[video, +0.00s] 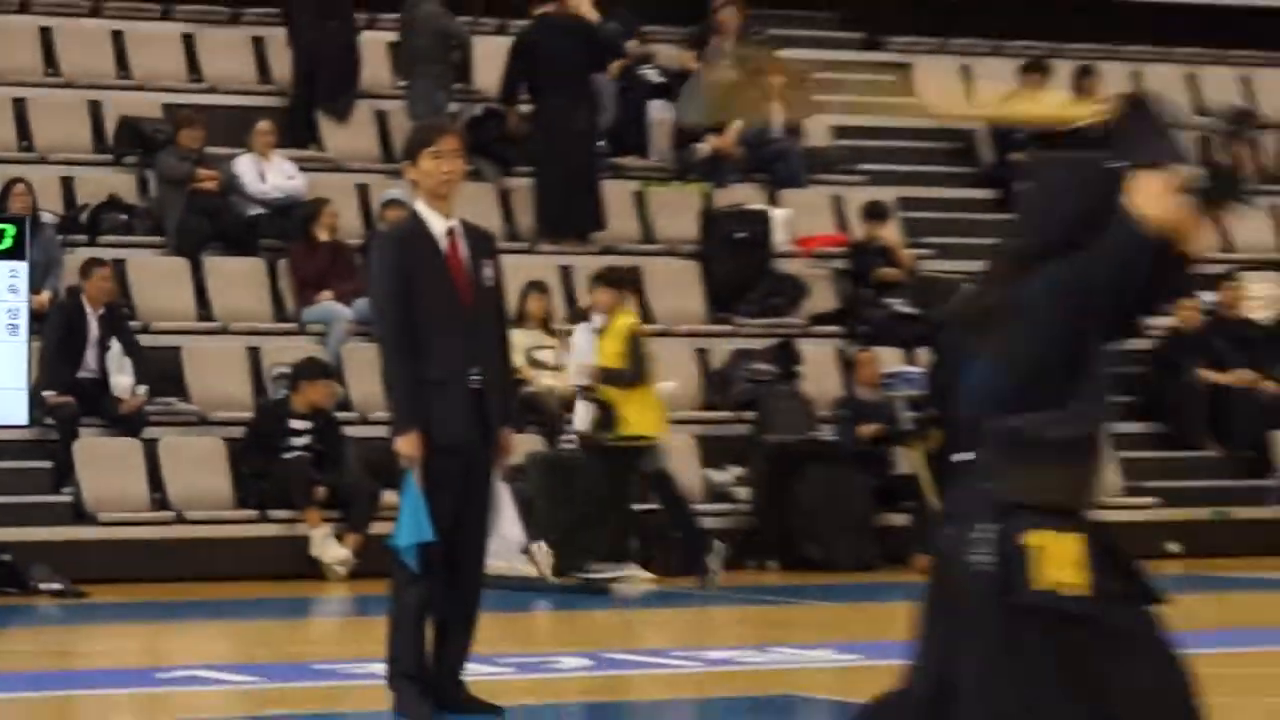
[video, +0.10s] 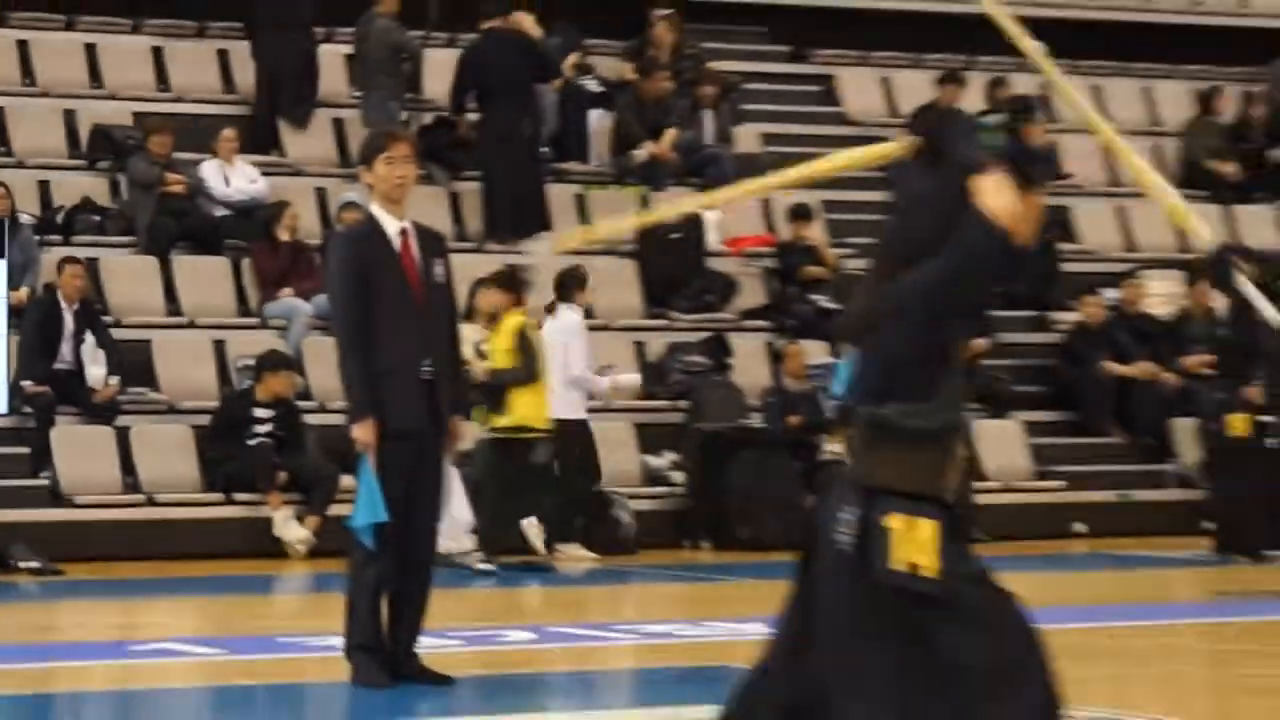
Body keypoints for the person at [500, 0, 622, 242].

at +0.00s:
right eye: (575, 4)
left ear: (536, 6)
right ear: (565, 4)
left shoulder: (529, 34)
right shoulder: (582, 28)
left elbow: (513, 78)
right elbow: (610, 54)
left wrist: (511, 110)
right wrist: (594, 17)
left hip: (547, 115)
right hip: (581, 113)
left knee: (549, 172)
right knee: (580, 171)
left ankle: (551, 229)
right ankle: (580, 230)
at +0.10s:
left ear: (481, 20)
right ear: (506, 16)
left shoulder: (475, 49)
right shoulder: (522, 42)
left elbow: (459, 90)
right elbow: (551, 72)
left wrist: (460, 119)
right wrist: (537, 35)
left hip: (492, 122)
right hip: (524, 120)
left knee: (496, 176)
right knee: (525, 173)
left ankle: (500, 231)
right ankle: (526, 229)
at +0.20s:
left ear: (439, 41)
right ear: (462, 36)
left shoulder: (432, 65)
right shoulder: (477, 59)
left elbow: (418, 103)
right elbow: (500, 90)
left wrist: (418, 130)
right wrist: (492, 56)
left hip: (449, 132)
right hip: (481, 129)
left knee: (452, 188)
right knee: (481, 186)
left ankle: (455, 238)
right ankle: (481, 238)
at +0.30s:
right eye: (420, 47)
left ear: (400, 52)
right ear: (422, 48)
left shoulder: (395, 75)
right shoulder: (438, 69)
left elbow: (382, 107)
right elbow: (457, 94)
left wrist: (382, 132)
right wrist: (450, 64)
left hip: (411, 137)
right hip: (440, 136)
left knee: (414, 187)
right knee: (440, 185)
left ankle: (417, 237)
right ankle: (440, 237)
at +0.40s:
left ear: (372, 57)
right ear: (394, 53)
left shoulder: (366, 80)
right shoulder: (407, 74)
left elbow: (355, 113)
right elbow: (428, 102)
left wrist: (357, 138)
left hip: (381, 141)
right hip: (408, 139)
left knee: (385, 189)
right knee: (410, 187)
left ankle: (387, 236)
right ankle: (410, 236)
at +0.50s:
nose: (376, 68)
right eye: (375, 65)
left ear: (352, 69)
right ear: (373, 66)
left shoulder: (347, 91)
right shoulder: (385, 86)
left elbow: (335, 121)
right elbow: (405, 111)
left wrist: (336, 144)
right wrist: (397, 79)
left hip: (360, 149)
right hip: (386, 147)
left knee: (363, 193)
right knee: (388, 192)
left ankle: (365, 238)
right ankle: (388, 239)